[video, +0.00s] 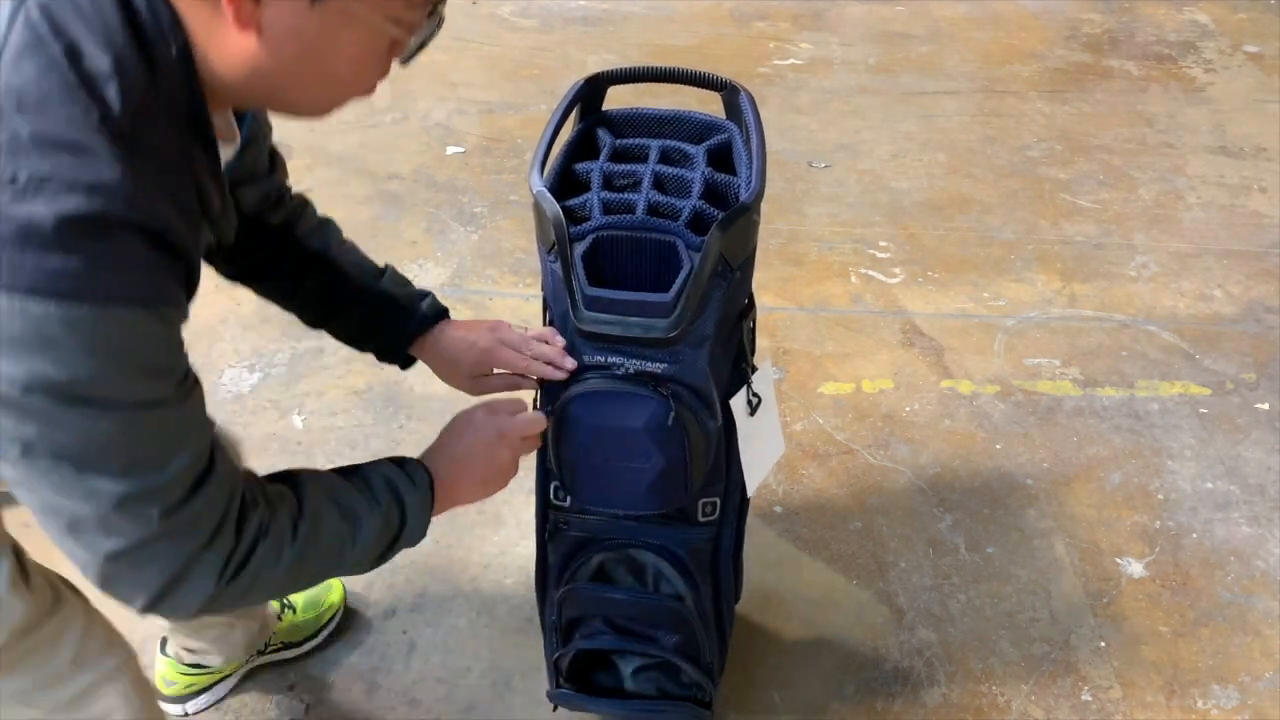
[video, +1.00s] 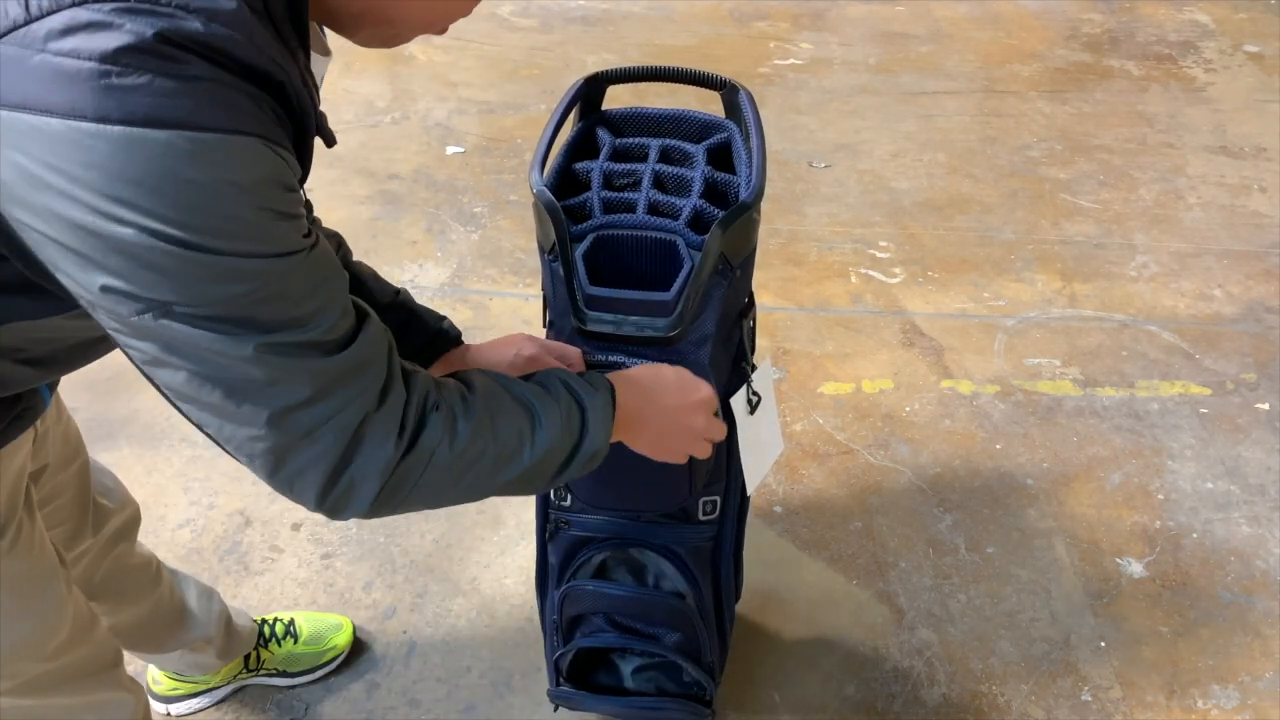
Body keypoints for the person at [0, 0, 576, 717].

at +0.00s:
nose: (393, 71)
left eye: (409, 44)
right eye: (397, 38)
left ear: (246, 6)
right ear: (250, 6)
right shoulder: (61, 211)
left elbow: (253, 216)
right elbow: (176, 550)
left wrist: (428, 333)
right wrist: (430, 483)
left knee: (187, 473)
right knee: (91, 694)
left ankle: (224, 639)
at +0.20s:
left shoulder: (219, 13)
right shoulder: (55, 103)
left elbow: (277, 139)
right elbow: (216, 403)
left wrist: (421, 297)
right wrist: (457, 496)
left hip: (19, 312)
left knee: (113, 467)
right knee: (39, 627)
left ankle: (209, 648)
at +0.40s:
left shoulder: (190, 20)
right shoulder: (58, 124)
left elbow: (257, 186)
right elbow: (275, 434)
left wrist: (439, 335)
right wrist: (566, 425)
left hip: (9, 367)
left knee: (72, 520)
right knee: (35, 651)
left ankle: (199, 651)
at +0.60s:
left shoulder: (184, 26)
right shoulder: (91, 108)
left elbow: (278, 215)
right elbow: (331, 458)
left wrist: (467, 344)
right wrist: (594, 433)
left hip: (16, 387)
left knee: (86, 537)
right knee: (45, 671)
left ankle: (199, 654)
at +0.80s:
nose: (453, 8)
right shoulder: (125, 117)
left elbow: (273, 230)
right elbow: (351, 466)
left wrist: (458, 350)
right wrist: (611, 420)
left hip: (17, 394)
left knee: (91, 545)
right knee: (50, 670)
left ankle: (204, 656)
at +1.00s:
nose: (462, 12)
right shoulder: (134, 104)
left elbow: (264, 244)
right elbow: (350, 451)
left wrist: (442, 354)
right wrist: (612, 409)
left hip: (16, 390)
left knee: (91, 539)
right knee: (54, 670)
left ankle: (203, 655)